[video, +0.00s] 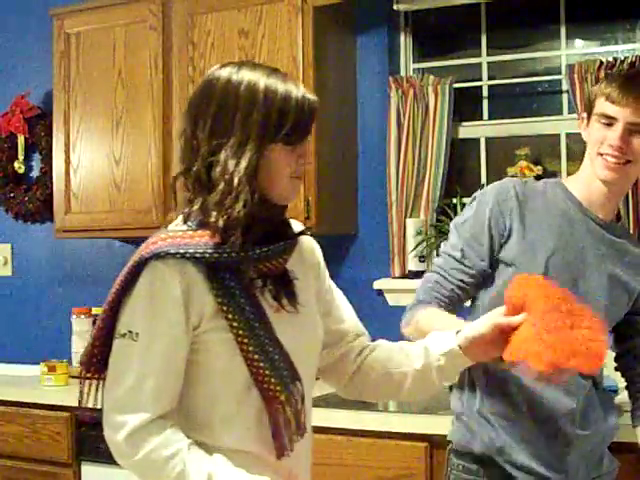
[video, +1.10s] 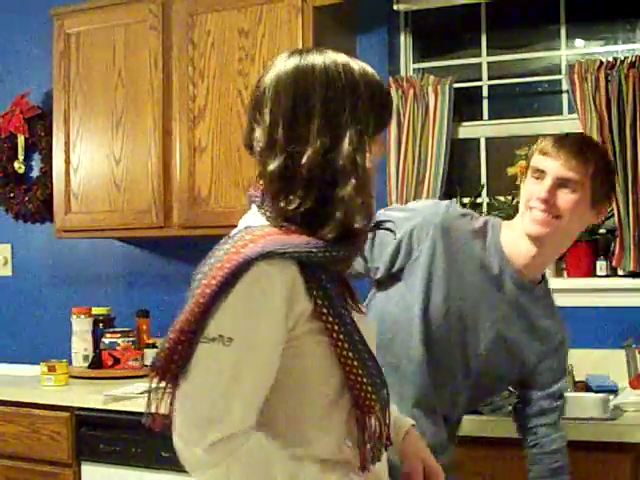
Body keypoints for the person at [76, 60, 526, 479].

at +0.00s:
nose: (308, 159)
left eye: (307, 142)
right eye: (292, 141)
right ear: (236, 147)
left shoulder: (300, 251)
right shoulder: (171, 267)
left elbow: (359, 365)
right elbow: (135, 430)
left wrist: (466, 348)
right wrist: (234, 478)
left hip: (293, 468)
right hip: (215, 471)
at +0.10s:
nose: (322, 156)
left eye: (320, 138)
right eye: (307, 138)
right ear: (253, 144)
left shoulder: (309, 247)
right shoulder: (186, 264)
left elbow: (355, 367)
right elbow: (147, 430)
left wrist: (466, 359)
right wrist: (243, 475)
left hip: (311, 464)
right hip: (236, 469)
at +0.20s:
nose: (335, 152)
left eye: (333, 134)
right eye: (317, 135)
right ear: (262, 140)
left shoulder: (317, 245)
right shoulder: (197, 262)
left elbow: (348, 379)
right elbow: (160, 427)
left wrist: (439, 395)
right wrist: (253, 477)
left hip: (328, 467)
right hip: (249, 469)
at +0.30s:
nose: (346, 152)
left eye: (345, 135)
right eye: (330, 134)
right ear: (273, 136)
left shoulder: (323, 247)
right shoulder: (205, 263)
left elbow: (332, 391)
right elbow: (168, 430)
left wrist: (413, 429)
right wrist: (264, 473)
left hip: (338, 466)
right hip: (258, 468)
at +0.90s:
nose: (385, 149)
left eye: (382, 132)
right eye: (372, 132)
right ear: (318, 137)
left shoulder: (327, 254)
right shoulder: (248, 266)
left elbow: (348, 394)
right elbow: (192, 439)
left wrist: (411, 443)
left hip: (357, 468)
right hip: (289, 468)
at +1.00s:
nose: (386, 149)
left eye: (384, 133)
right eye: (377, 133)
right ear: (331, 140)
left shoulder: (320, 259)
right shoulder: (253, 269)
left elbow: (332, 401)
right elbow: (196, 441)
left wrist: (408, 440)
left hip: (356, 469)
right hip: (292, 470)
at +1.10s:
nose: (380, 152)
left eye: (378, 135)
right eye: (372, 136)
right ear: (334, 146)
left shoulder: (308, 256)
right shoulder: (271, 268)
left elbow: (327, 388)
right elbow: (210, 442)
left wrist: (401, 434)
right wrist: (341, 474)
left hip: (357, 465)